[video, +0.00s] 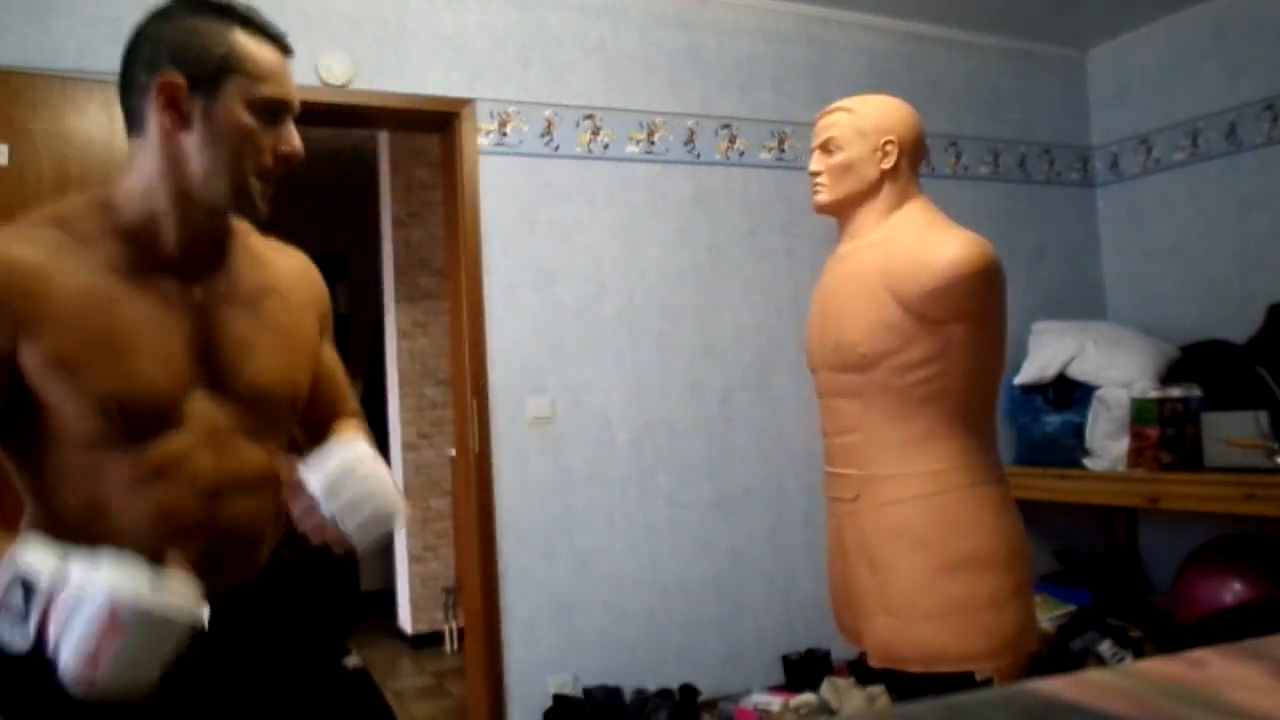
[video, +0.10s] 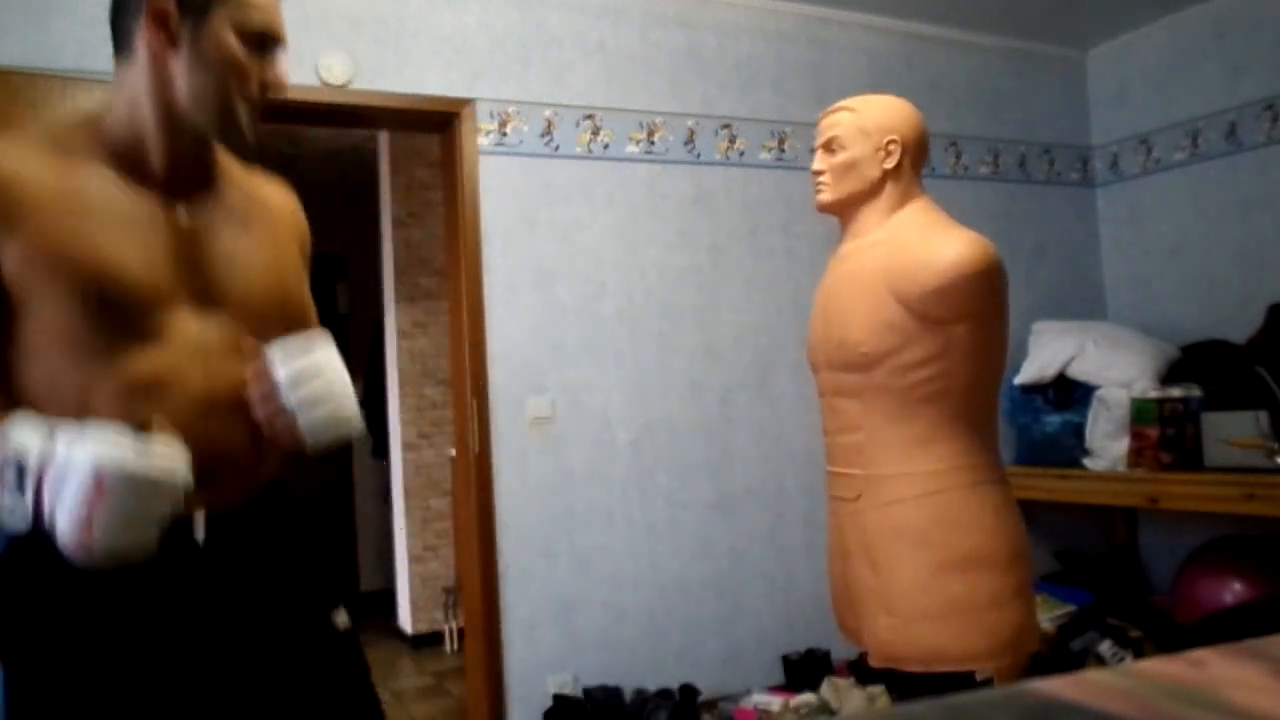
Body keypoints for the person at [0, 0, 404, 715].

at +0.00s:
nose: (294, 146)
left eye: (293, 120)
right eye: (267, 114)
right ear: (172, 106)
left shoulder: (294, 278)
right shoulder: (23, 269)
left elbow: (340, 421)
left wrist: (348, 486)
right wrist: (43, 588)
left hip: (274, 652)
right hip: (94, 668)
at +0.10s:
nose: (277, 80)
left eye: (277, 51)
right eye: (256, 43)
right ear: (162, 28)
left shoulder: (275, 209)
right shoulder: (24, 184)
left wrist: (310, 407)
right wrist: (40, 466)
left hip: (249, 581)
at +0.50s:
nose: (254, 97)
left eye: (253, 70)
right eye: (228, 61)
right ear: (132, 49)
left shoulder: (253, 208)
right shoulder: (16, 191)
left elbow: (357, 381)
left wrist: (338, 303)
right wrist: (1, 552)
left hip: (236, 579)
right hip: (73, 593)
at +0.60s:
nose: (284, 118)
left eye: (283, 93)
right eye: (260, 83)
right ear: (168, 71)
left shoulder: (283, 224)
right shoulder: (26, 217)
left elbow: (403, 358)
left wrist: (406, 279)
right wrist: (9, 596)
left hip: (244, 593)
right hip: (88, 598)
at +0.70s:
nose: (328, 161)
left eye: (325, 135)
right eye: (304, 128)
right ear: (222, 118)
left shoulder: (315, 269)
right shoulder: (81, 262)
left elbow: (421, 362)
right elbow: (18, 443)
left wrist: (483, 319)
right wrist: (63, 582)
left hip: (281, 624)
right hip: (131, 644)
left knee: (404, 718)